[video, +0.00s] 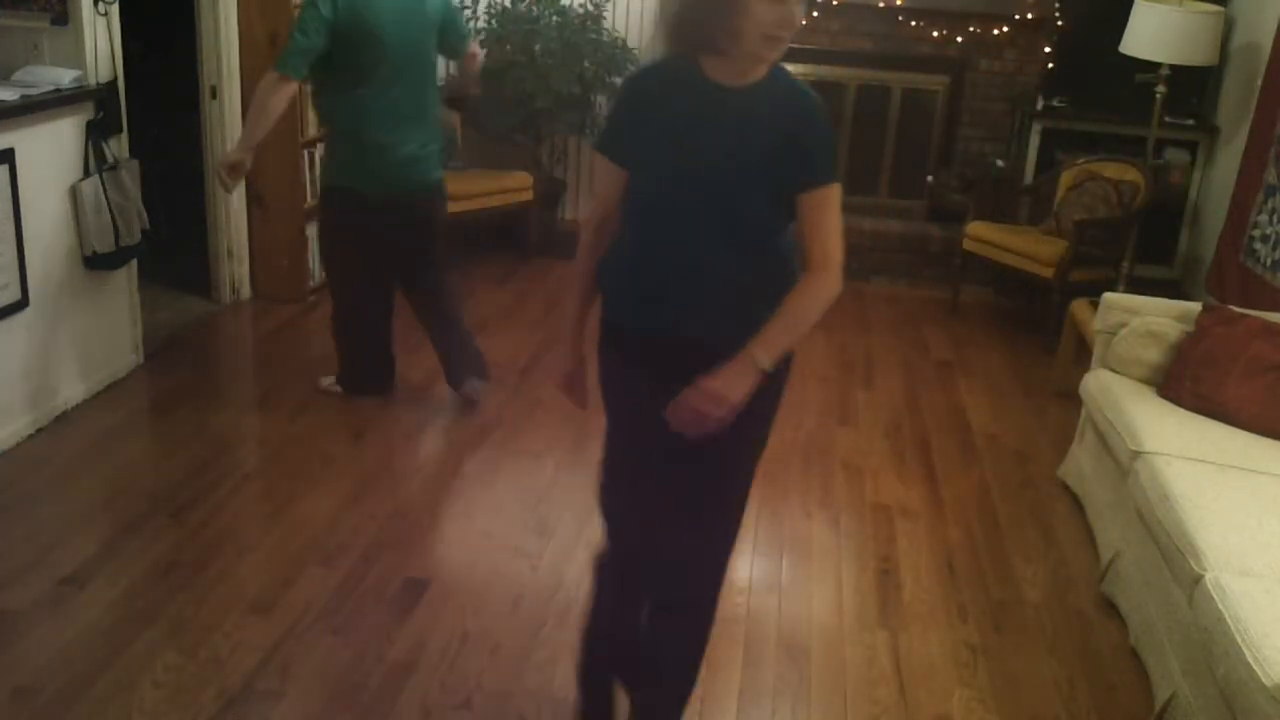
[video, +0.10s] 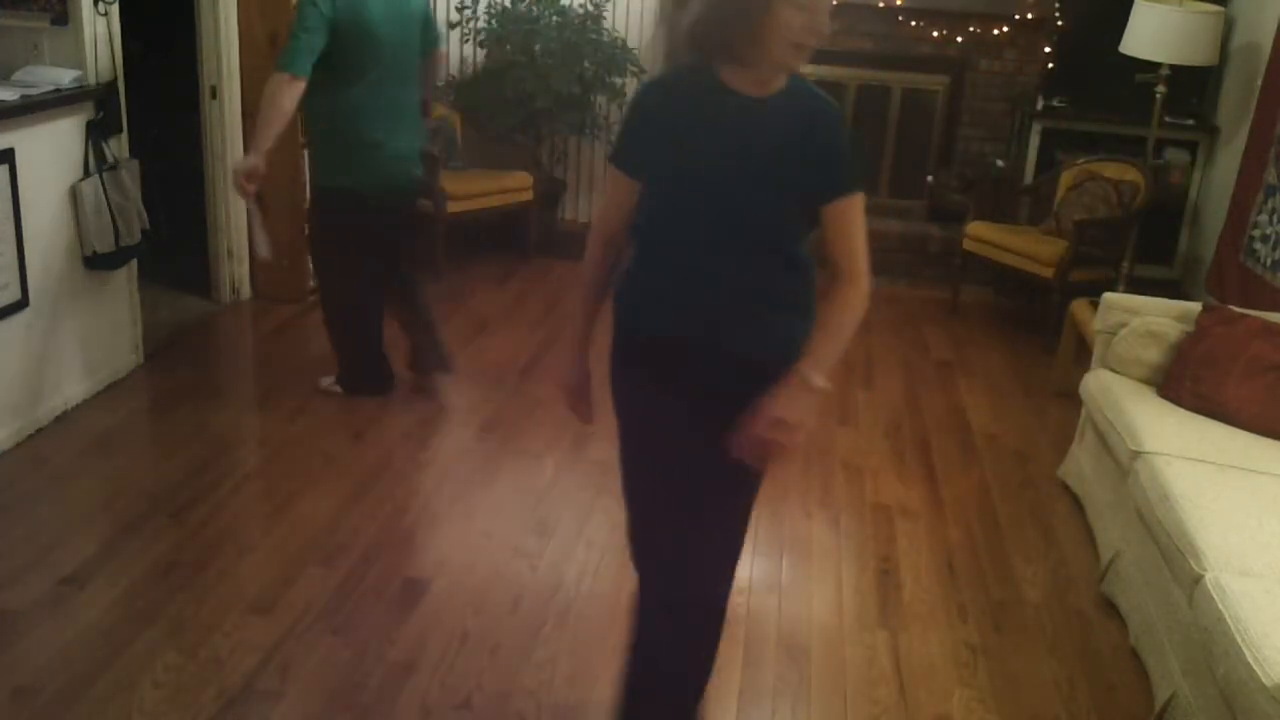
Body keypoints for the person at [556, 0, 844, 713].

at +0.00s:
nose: (791, 18)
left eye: (799, 5)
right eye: (774, 0)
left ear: (803, 16)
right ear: (723, 5)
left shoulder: (797, 111)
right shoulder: (649, 90)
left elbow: (824, 273)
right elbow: (599, 221)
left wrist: (744, 369)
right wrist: (572, 338)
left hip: (744, 353)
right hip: (639, 339)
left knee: (700, 549)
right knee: (631, 533)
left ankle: (660, 703)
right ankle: (600, 681)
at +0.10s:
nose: (819, 23)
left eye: (826, 9)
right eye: (803, 3)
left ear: (823, 22)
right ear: (750, 5)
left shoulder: (817, 122)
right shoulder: (665, 100)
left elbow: (852, 280)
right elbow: (607, 233)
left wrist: (801, 387)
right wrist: (577, 349)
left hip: (755, 365)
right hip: (653, 351)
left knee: (703, 574)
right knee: (659, 563)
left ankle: (667, 709)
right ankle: (654, 703)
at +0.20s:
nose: (849, 38)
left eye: (855, 22)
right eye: (835, 17)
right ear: (778, 16)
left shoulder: (841, 137)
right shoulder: (684, 114)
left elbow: (884, 285)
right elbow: (618, 248)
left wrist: (878, 400)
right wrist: (578, 365)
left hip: (783, 374)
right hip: (672, 364)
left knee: (712, 574)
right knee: (697, 580)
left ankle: (655, 703)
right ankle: (720, 709)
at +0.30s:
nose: (884, 47)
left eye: (889, 31)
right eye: (873, 26)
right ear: (819, 23)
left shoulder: (863, 149)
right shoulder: (709, 132)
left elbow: (910, 293)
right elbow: (631, 271)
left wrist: (948, 412)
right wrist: (585, 393)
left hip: (807, 395)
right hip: (699, 386)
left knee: (744, 572)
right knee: (738, 590)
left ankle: (665, 694)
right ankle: (757, 711)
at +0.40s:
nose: (925, 48)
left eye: (928, 31)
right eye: (916, 27)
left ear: (872, 36)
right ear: (863, 28)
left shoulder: (888, 149)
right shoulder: (748, 134)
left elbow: (931, 301)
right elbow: (658, 285)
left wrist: (1002, 421)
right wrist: (613, 431)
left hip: (836, 412)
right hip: (736, 409)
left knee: (803, 620)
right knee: (768, 631)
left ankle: (675, 692)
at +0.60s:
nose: (1017, 56)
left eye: (1022, 37)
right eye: (1012, 33)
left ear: (954, 38)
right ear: (960, 35)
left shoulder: (911, 143)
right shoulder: (852, 145)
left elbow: (949, 313)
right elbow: (755, 319)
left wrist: (1033, 435)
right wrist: (755, 505)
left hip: (879, 442)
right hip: (823, 445)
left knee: (917, 629)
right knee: (829, 658)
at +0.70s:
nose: (1047, 65)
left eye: (1050, 46)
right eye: (1042, 45)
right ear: (1002, 55)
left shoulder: (933, 146)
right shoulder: (903, 155)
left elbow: (949, 326)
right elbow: (823, 345)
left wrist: (1024, 441)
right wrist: (837, 526)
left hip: (894, 444)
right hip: (857, 450)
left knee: (937, 641)